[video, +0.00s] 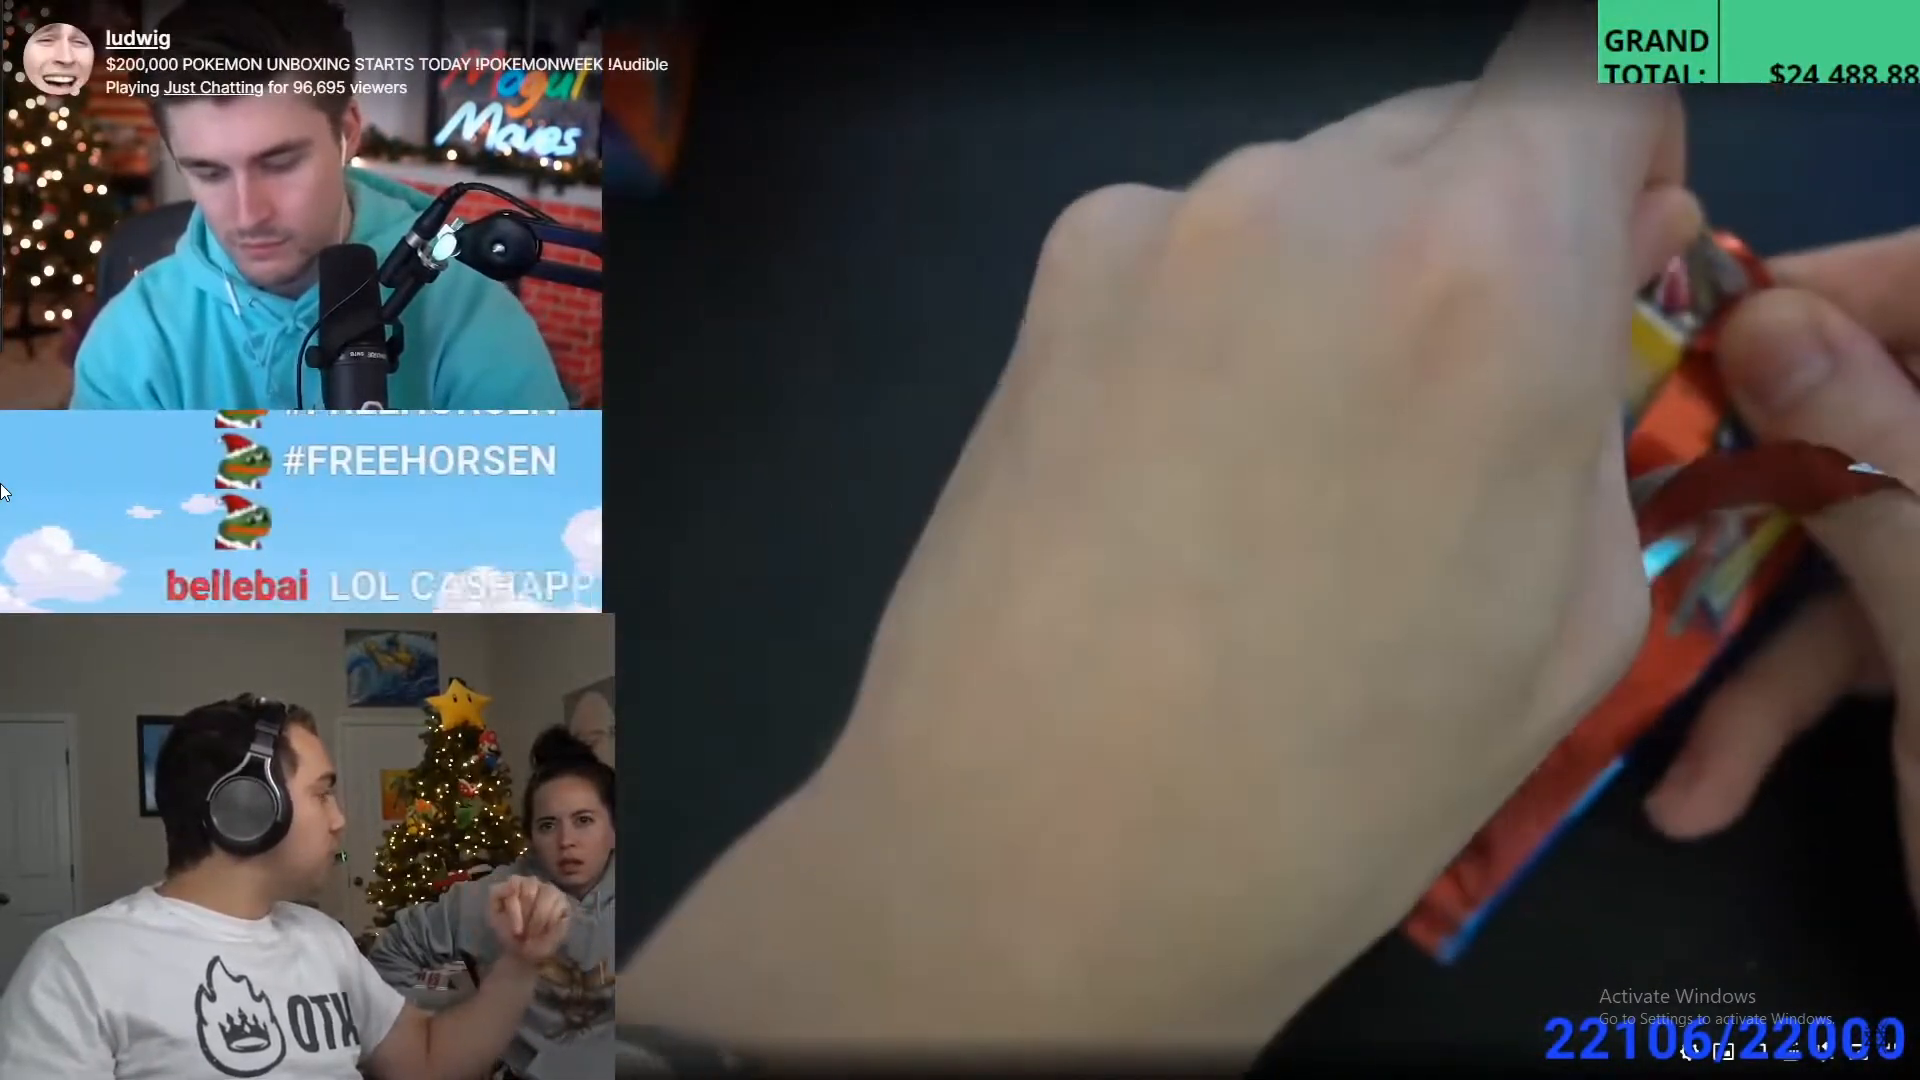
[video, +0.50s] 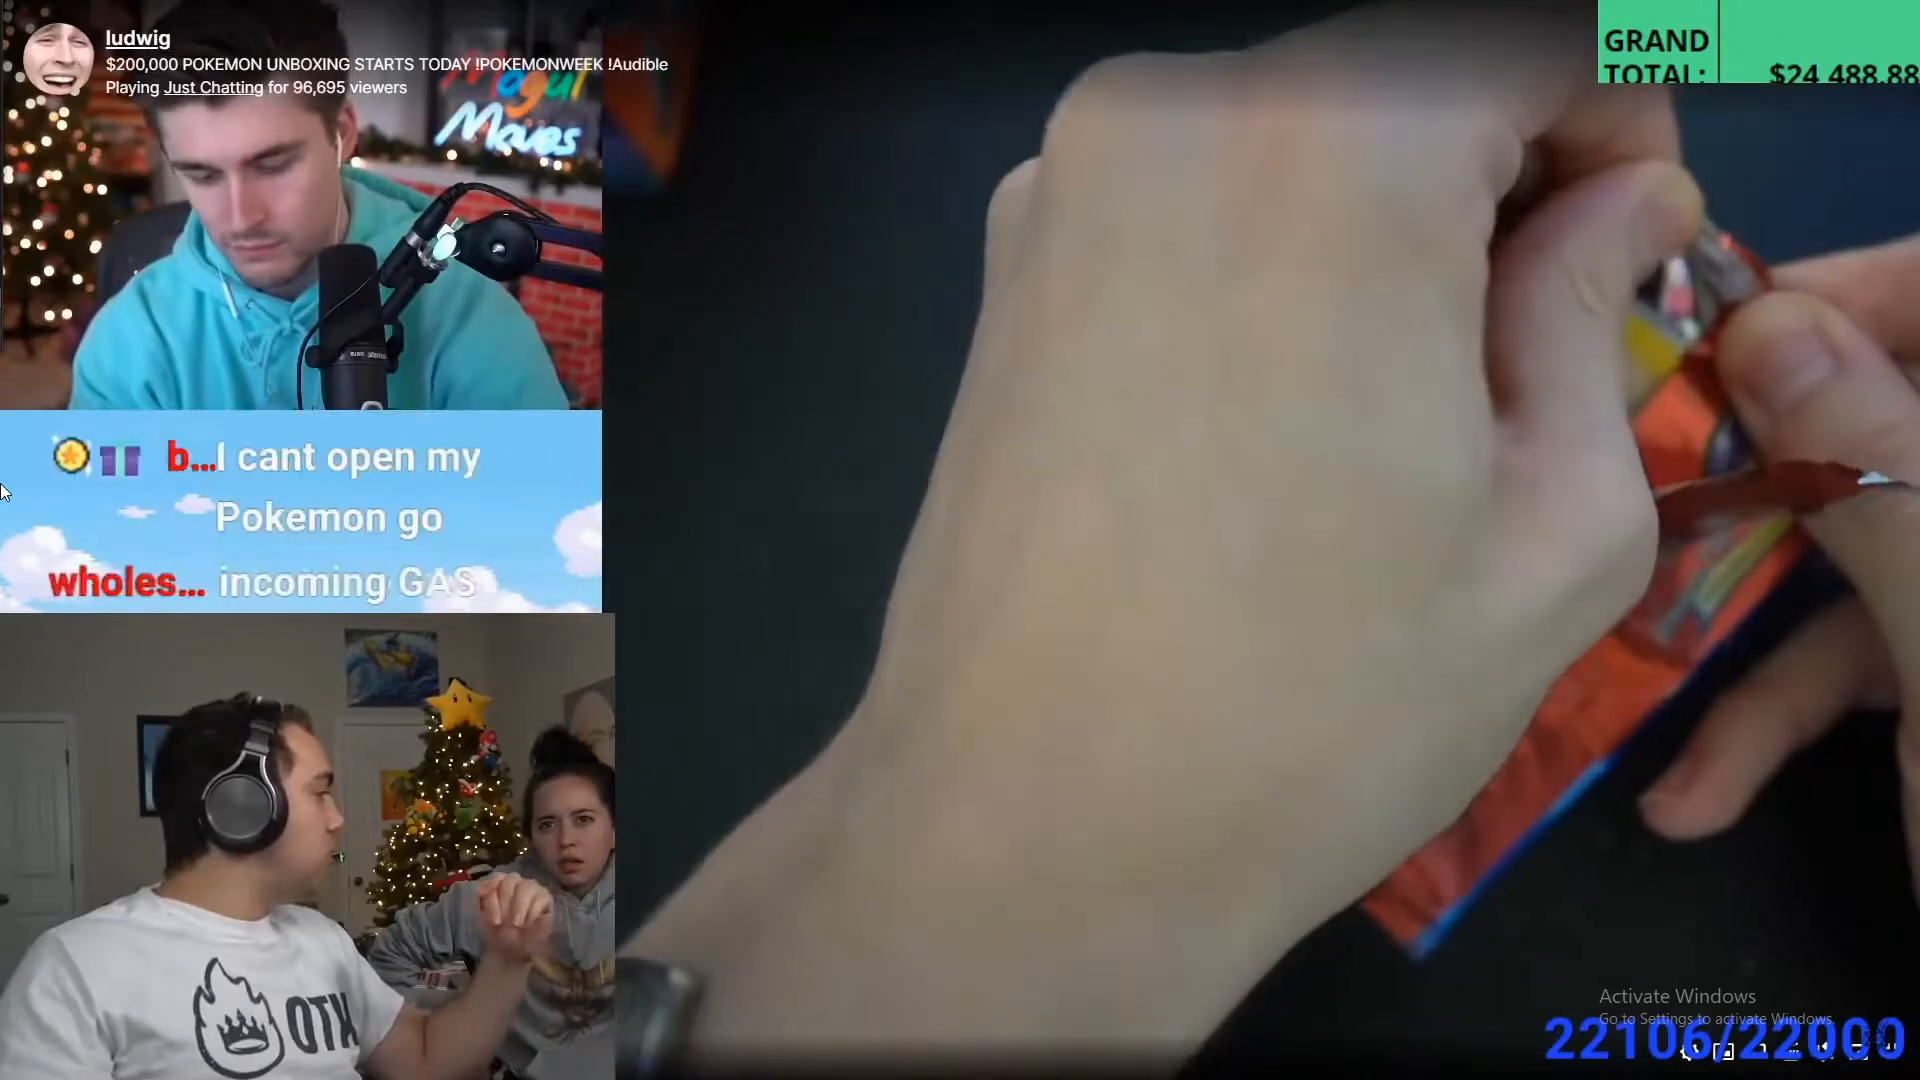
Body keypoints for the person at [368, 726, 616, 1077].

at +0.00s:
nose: (566, 841)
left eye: (584, 821)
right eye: (548, 825)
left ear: (613, 830)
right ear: (531, 837)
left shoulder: (643, 897)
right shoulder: (490, 900)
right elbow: (390, 954)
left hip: (630, 1069)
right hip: (534, 1072)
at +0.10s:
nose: (566, 841)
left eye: (584, 821)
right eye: (548, 825)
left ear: (613, 830)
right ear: (531, 837)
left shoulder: (641, 894)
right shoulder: (490, 900)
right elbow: (391, 953)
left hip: (627, 1069)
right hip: (536, 1073)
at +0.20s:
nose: (566, 841)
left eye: (584, 821)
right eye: (547, 825)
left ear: (614, 828)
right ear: (531, 838)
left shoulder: (645, 894)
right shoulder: (492, 899)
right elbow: (390, 954)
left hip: (627, 1069)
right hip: (538, 1072)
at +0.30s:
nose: (566, 841)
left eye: (584, 820)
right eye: (547, 825)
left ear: (614, 828)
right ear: (531, 837)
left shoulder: (646, 895)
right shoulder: (493, 899)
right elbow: (390, 954)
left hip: (628, 1070)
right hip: (537, 1073)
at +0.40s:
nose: (567, 841)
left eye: (584, 820)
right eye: (548, 825)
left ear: (613, 829)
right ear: (531, 838)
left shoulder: (644, 893)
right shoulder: (490, 899)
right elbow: (387, 958)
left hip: (629, 1068)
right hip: (538, 1072)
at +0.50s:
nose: (566, 841)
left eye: (584, 820)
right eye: (548, 825)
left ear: (613, 830)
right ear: (531, 837)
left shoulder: (643, 893)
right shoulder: (490, 898)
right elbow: (388, 956)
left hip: (623, 1068)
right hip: (530, 1071)